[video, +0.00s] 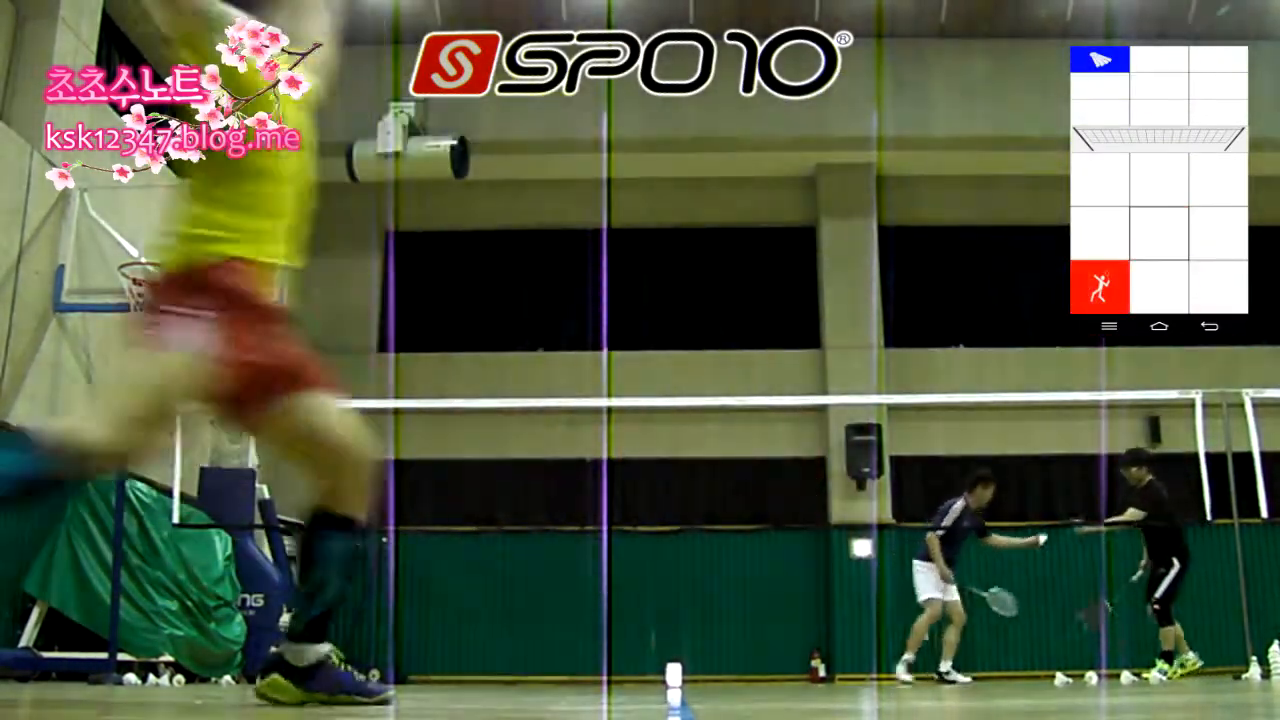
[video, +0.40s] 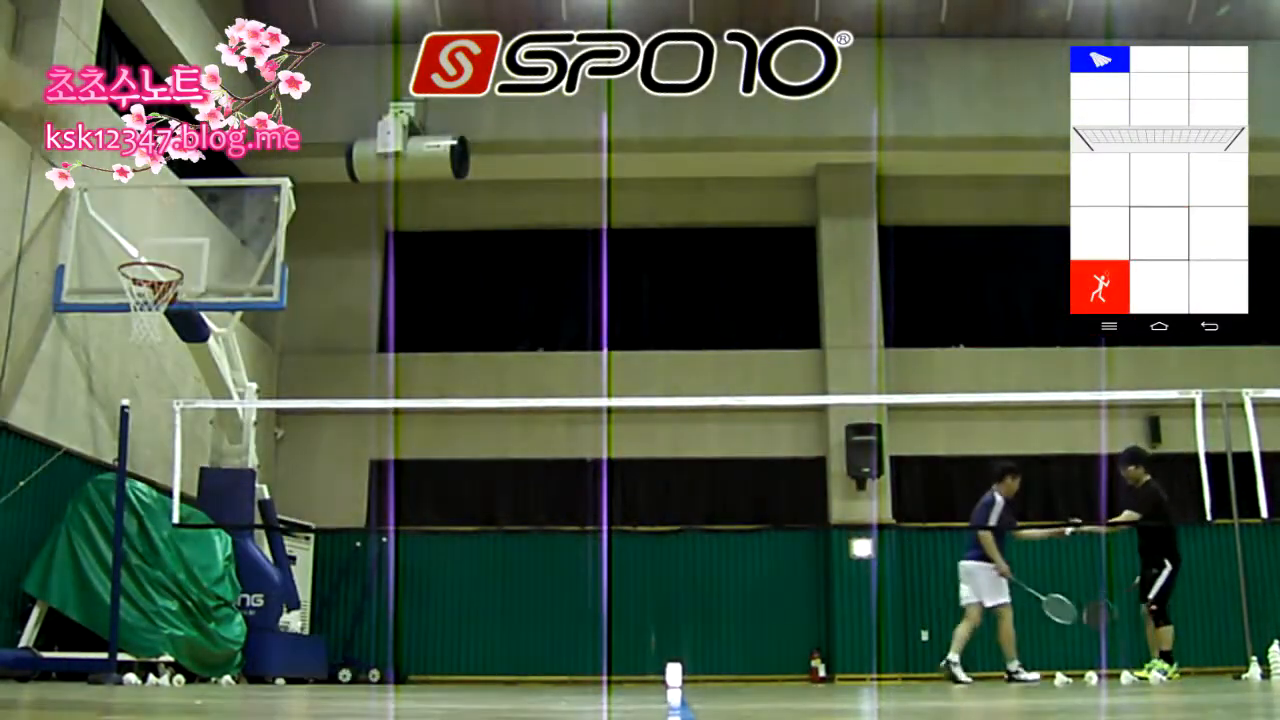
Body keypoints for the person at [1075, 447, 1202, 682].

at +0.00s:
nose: (1126, 475)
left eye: (1129, 470)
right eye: (1124, 471)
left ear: (1141, 468)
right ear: (1134, 471)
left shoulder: (1153, 490)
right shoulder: (1140, 490)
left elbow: (1131, 517)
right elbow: (1150, 531)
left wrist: (1097, 525)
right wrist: (1146, 558)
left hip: (1175, 556)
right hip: (1159, 557)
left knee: (1159, 604)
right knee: (1157, 605)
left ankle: (1166, 662)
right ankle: (1187, 655)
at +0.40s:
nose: (1124, 474)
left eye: (1126, 469)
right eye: (1122, 470)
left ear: (1139, 467)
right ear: (1131, 470)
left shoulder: (1150, 491)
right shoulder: (1140, 490)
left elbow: (1126, 519)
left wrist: (1094, 527)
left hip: (1166, 558)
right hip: (1150, 558)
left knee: (1156, 606)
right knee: (1148, 608)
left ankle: (1167, 661)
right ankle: (1156, 659)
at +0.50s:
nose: (1125, 473)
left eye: (1129, 468)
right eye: (1124, 469)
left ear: (1142, 468)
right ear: (1135, 470)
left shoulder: (1150, 491)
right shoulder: (1140, 491)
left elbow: (1126, 524)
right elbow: (1125, 523)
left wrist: (1093, 529)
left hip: (1166, 558)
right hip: (1150, 558)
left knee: (1159, 607)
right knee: (1147, 608)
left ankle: (1168, 661)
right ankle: (1155, 660)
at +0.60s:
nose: (1129, 473)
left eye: (1133, 468)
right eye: (1127, 469)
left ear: (1146, 468)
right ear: (1130, 470)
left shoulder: (1152, 493)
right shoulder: (1142, 492)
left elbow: (1130, 526)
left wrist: (1098, 531)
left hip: (1166, 559)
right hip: (1151, 559)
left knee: (1163, 608)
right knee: (1152, 609)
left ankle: (1171, 659)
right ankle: (1157, 661)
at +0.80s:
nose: (1143, 468)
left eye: (1148, 464)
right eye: (1140, 464)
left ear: (1159, 467)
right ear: (1137, 467)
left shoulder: (1163, 491)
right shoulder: (1140, 494)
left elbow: (1156, 526)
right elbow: (1141, 532)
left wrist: (1124, 531)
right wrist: (1142, 564)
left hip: (1173, 557)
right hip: (1151, 558)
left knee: (1183, 604)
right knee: (1152, 610)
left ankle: (1202, 655)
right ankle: (1157, 662)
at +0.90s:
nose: (1152, 466)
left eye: (1157, 462)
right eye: (1148, 462)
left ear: (1166, 466)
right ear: (1144, 466)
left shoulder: (1175, 490)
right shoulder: (1142, 495)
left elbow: (1178, 525)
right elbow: (1140, 534)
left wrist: (1142, 532)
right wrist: (1140, 566)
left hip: (1179, 558)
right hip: (1153, 559)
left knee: (1194, 604)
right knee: (1153, 610)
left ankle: (1214, 655)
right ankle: (1157, 662)